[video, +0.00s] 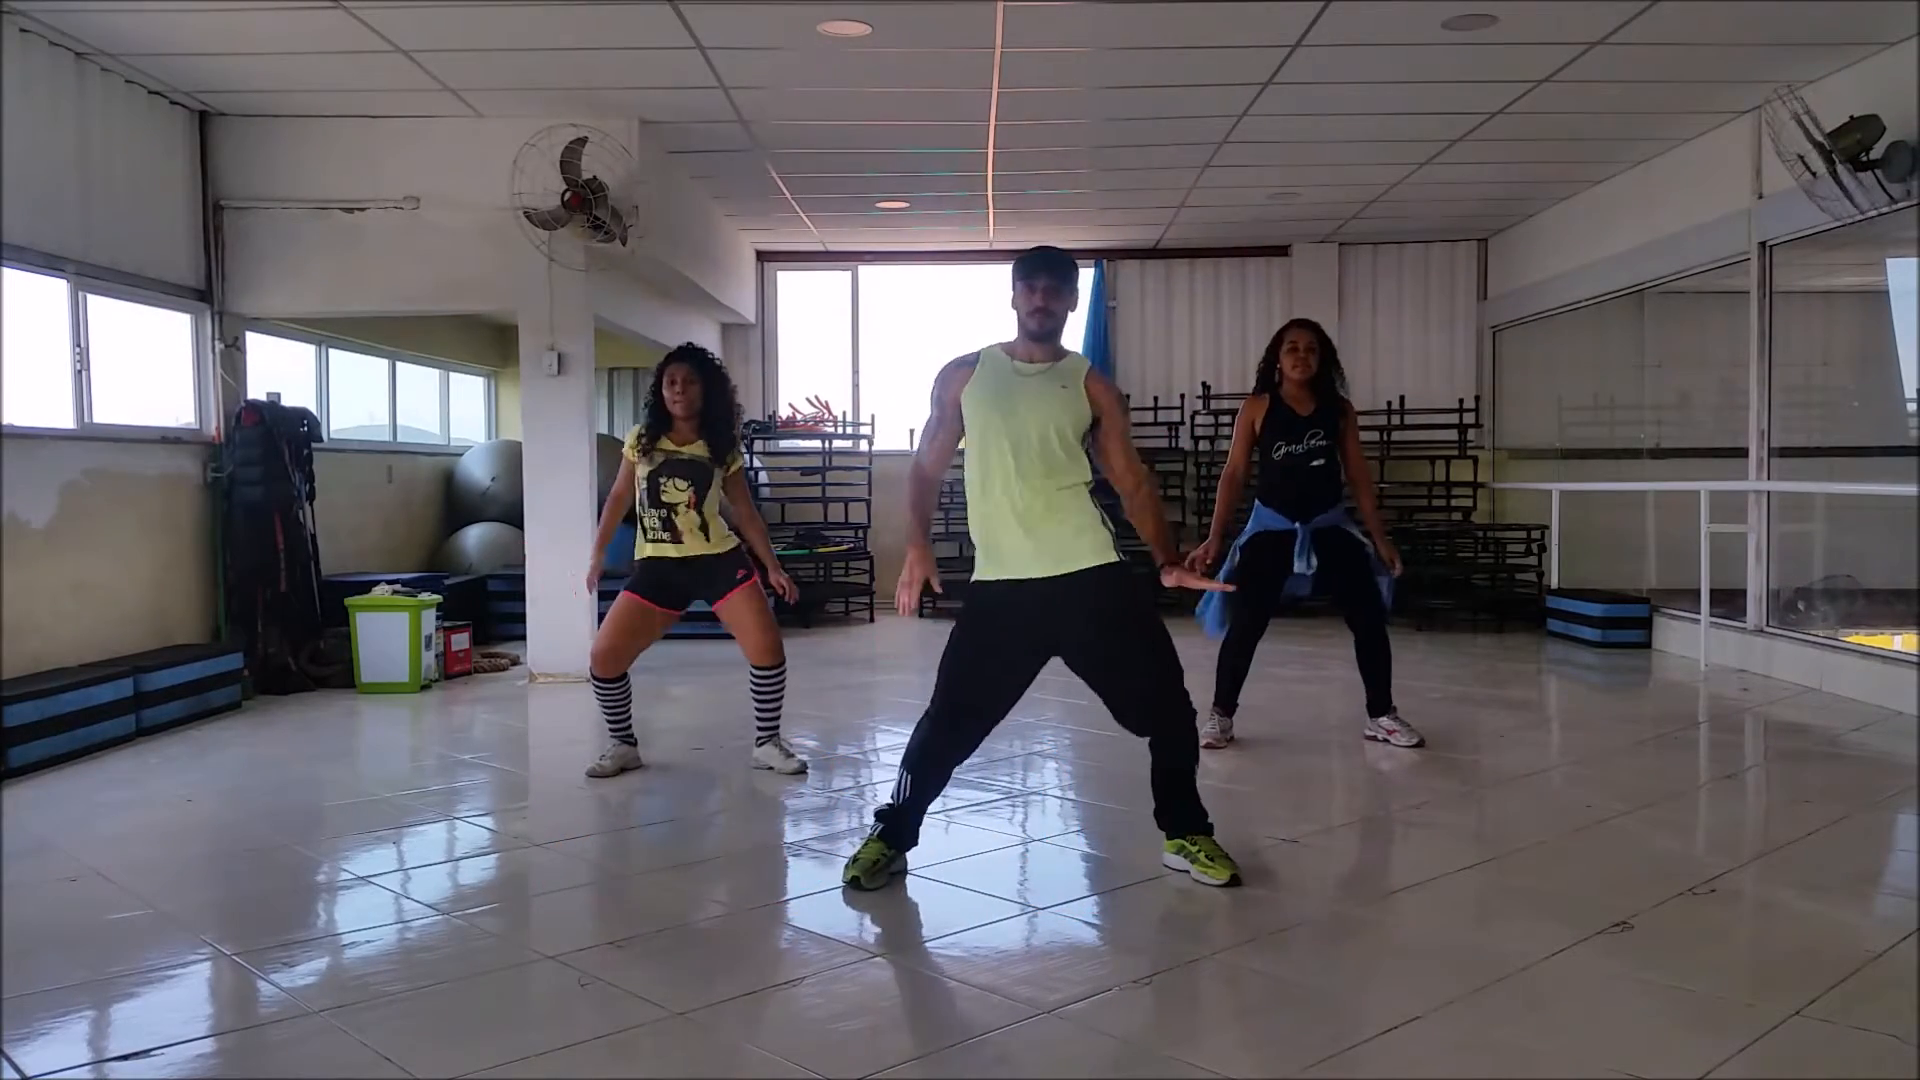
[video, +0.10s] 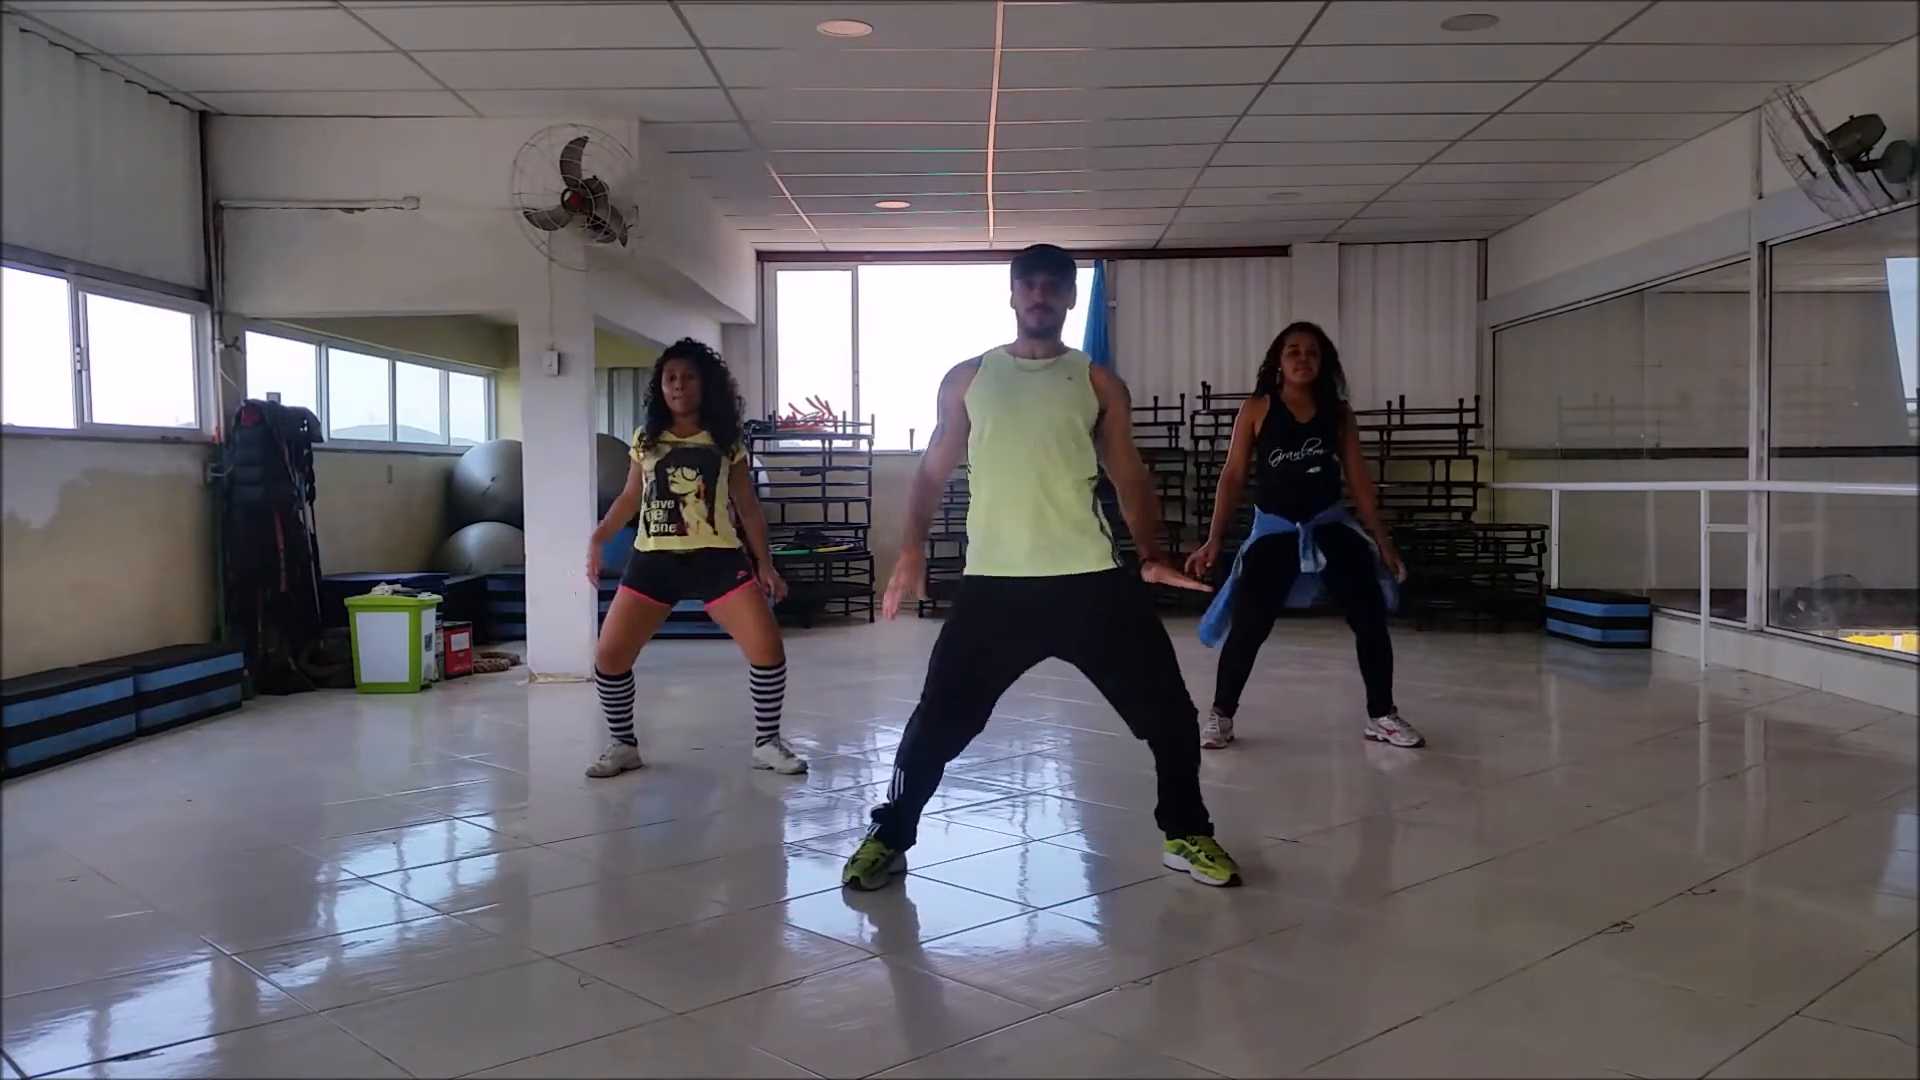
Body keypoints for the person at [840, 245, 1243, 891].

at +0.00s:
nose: (1042, 301)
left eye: (1056, 291)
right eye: (1032, 289)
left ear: (1072, 300)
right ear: (1014, 294)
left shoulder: (1094, 388)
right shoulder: (962, 380)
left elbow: (1132, 480)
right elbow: (927, 471)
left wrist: (1167, 559)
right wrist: (917, 547)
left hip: (1095, 583)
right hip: (1002, 591)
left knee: (1169, 711)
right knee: (949, 719)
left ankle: (1184, 830)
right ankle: (892, 836)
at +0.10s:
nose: (1041, 297)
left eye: (1054, 287)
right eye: (1030, 285)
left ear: (1071, 297)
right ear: (1012, 293)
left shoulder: (1100, 384)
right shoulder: (967, 381)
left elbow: (1130, 476)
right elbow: (932, 475)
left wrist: (1153, 554)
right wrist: (911, 551)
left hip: (1094, 586)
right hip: (995, 590)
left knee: (1171, 715)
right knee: (938, 719)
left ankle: (1184, 829)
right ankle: (890, 835)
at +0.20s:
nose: (1038, 297)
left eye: (1050, 287)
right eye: (1026, 287)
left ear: (1068, 297)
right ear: (1009, 296)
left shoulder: (1104, 378)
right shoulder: (973, 388)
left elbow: (1131, 473)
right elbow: (937, 491)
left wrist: (1143, 548)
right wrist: (906, 564)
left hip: (1088, 587)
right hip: (988, 588)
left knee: (1163, 710)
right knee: (927, 716)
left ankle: (1184, 830)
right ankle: (888, 835)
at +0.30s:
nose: (1034, 301)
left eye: (1046, 291)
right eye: (1022, 290)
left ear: (1065, 300)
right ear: (1005, 300)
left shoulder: (1104, 375)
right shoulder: (976, 395)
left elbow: (1134, 471)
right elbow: (939, 500)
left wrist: (1139, 537)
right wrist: (906, 569)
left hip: (1082, 592)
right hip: (983, 589)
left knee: (1161, 719)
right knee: (918, 719)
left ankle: (1183, 829)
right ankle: (889, 833)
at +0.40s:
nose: (1031, 303)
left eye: (1043, 292)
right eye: (1019, 292)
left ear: (1063, 302)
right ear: (1002, 304)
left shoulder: (1106, 374)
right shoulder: (976, 400)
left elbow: (1136, 466)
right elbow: (940, 504)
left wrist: (1140, 527)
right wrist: (906, 581)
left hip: (1080, 592)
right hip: (983, 590)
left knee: (1163, 715)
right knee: (918, 717)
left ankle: (1180, 833)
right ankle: (888, 834)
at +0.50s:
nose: (1031, 308)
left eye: (1043, 296)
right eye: (1019, 296)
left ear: (1064, 304)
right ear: (1003, 307)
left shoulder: (1106, 375)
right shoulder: (977, 404)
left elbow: (1138, 467)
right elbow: (939, 507)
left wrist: (1143, 521)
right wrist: (909, 591)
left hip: (1081, 593)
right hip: (984, 591)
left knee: (1166, 713)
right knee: (922, 718)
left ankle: (1179, 833)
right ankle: (888, 834)